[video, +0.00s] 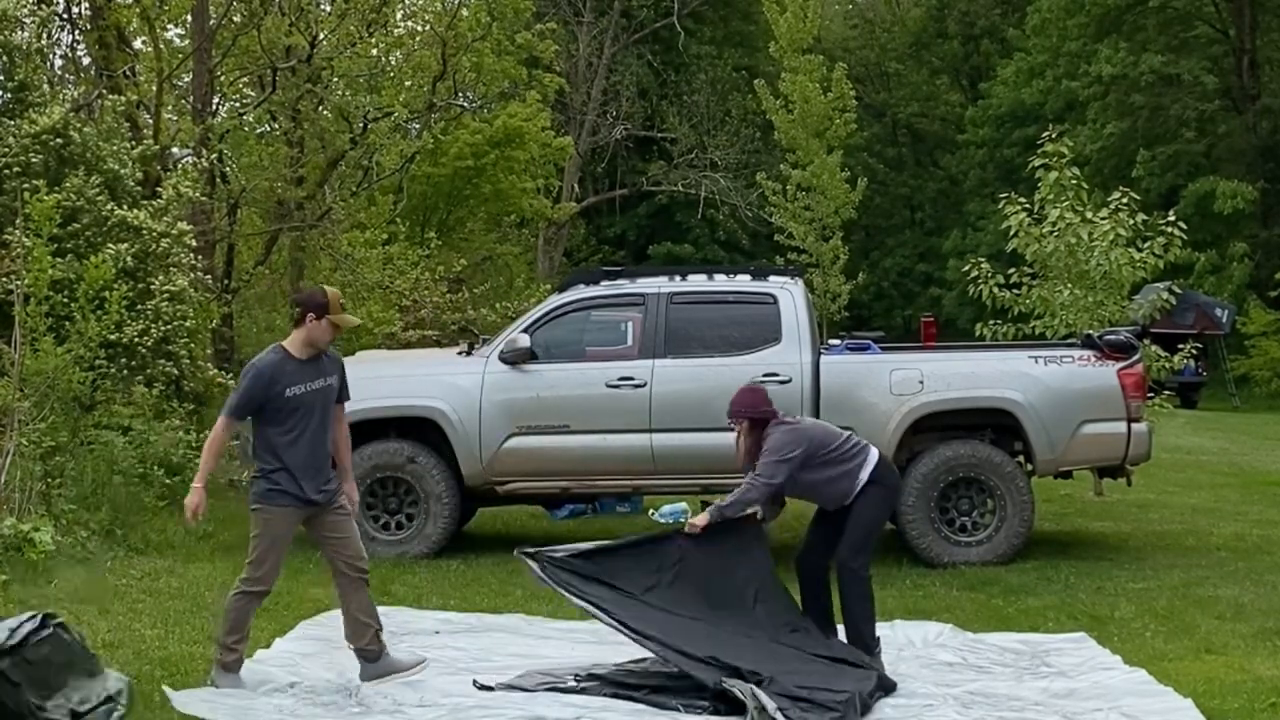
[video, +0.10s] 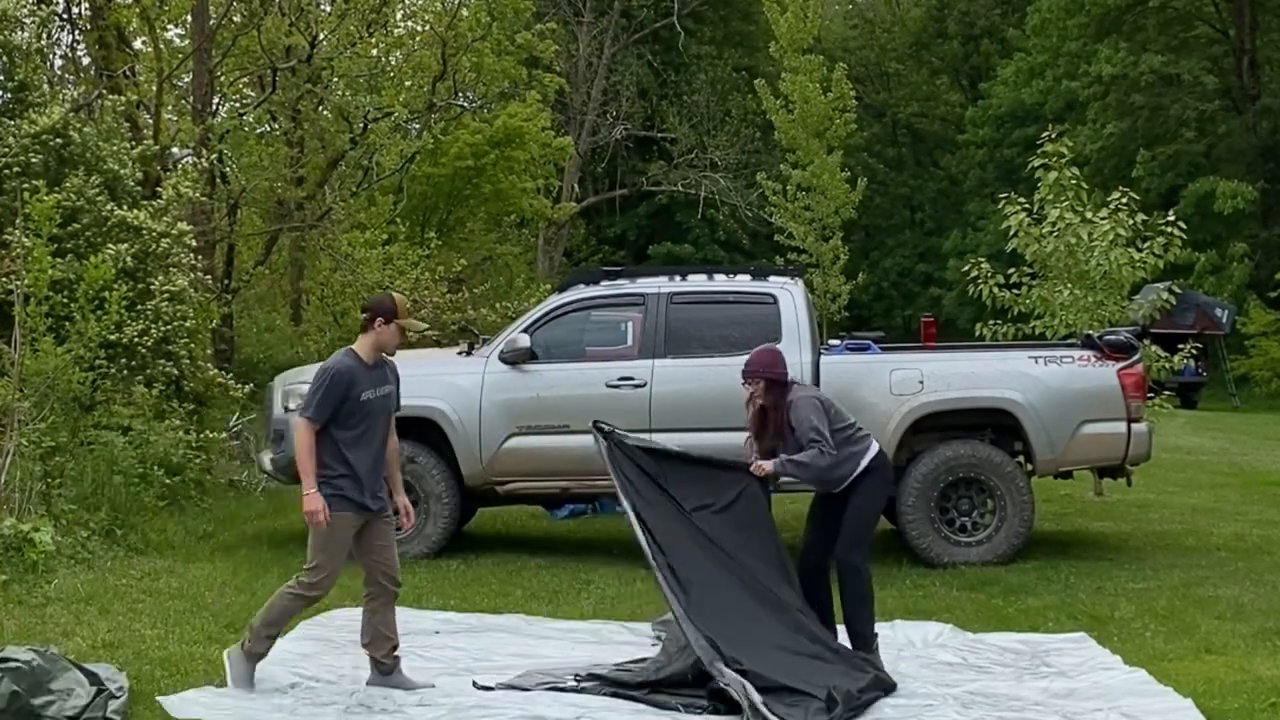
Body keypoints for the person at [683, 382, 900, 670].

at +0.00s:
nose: (734, 428)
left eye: (737, 421)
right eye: (733, 422)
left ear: (750, 421)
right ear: (757, 419)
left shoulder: (784, 436)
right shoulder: (767, 442)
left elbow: (759, 486)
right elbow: (775, 499)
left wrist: (710, 514)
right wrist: (756, 513)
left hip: (875, 481)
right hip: (841, 492)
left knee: (849, 562)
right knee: (810, 562)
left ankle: (866, 660)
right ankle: (822, 649)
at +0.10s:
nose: (748, 388)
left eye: (752, 381)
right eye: (746, 382)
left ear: (771, 381)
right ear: (764, 384)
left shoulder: (803, 402)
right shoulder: (766, 413)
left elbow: (824, 454)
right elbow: (765, 466)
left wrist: (776, 465)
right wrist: (754, 433)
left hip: (869, 473)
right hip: (833, 484)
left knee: (849, 556)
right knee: (811, 560)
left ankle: (866, 654)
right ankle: (823, 648)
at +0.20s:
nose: (789, 360)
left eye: (796, 353)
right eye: (783, 354)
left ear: (810, 352)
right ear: (776, 356)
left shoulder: (834, 380)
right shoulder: (780, 389)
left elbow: (859, 432)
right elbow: (768, 436)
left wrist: (820, 448)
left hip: (871, 466)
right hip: (833, 475)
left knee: (850, 546)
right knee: (819, 549)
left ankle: (891, 632)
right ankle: (825, 634)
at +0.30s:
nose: (846, 346)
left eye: (853, 340)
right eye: (840, 339)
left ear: (864, 339)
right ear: (830, 338)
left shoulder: (882, 371)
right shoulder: (817, 371)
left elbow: (899, 429)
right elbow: (798, 418)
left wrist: (860, 448)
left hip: (889, 469)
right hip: (843, 475)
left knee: (892, 556)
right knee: (827, 556)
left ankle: (933, 638)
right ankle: (824, 646)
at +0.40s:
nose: (892, 343)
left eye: (899, 336)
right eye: (886, 336)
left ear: (913, 337)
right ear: (878, 337)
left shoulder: (933, 375)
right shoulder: (866, 373)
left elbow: (939, 433)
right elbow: (846, 417)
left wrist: (896, 451)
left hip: (925, 474)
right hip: (881, 475)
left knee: (926, 558)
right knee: (844, 549)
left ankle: (942, 652)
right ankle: (833, 645)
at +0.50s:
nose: (904, 337)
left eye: (910, 330)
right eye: (902, 330)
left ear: (929, 330)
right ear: (904, 331)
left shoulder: (959, 367)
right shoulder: (901, 367)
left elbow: (982, 420)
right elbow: (881, 414)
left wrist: (947, 425)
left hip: (950, 471)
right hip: (908, 470)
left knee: (943, 555)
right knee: (876, 538)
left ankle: (946, 650)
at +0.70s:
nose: (921, 342)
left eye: (928, 335)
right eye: (916, 336)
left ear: (945, 335)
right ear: (911, 338)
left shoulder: (972, 365)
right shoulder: (908, 373)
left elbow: (1011, 397)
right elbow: (912, 418)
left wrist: (1009, 367)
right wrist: (954, 407)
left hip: (972, 467)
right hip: (932, 470)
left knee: (948, 550)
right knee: (944, 552)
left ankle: (946, 639)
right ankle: (967, 638)